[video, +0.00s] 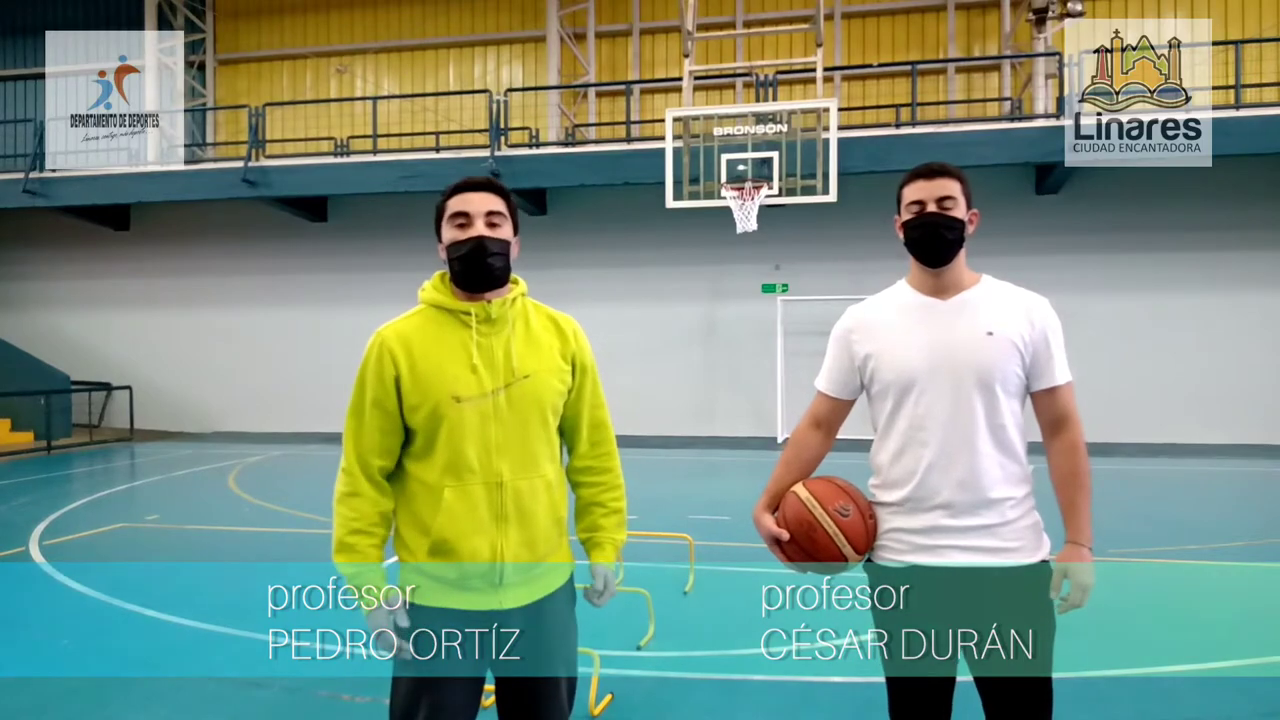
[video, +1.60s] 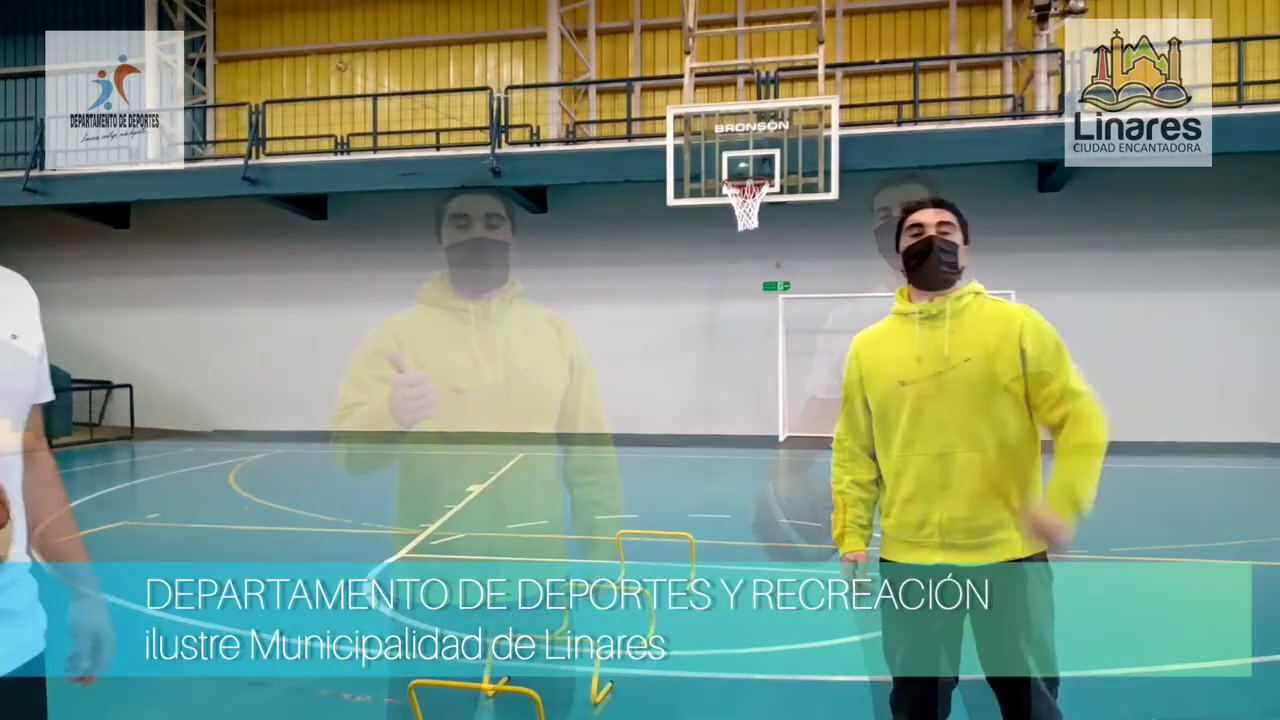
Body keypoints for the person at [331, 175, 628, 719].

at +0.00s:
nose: (478, 231)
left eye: (495, 221)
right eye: (460, 222)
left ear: (515, 244)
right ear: (441, 247)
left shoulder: (560, 336)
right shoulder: (397, 345)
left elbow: (594, 452)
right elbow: (363, 472)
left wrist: (604, 548)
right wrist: (364, 581)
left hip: (542, 591)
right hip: (438, 595)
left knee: (548, 712)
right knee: (430, 714)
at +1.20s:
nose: (471, 234)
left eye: (487, 223)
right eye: (454, 224)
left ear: (507, 243)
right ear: (434, 246)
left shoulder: (551, 335)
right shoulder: (390, 343)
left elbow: (585, 452)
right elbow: (350, 461)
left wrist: (595, 552)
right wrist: (370, 519)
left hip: (536, 588)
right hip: (434, 592)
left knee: (542, 712)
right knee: (428, 714)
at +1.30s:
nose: (472, 234)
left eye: (487, 223)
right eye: (454, 223)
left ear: (507, 242)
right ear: (435, 244)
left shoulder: (553, 335)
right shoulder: (391, 341)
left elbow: (587, 453)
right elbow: (345, 471)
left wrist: (598, 556)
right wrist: (372, 446)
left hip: (537, 587)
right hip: (434, 590)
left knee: (542, 712)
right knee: (427, 713)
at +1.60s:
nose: (477, 234)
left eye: (492, 222)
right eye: (461, 223)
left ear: (513, 238)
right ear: (441, 240)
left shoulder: (554, 336)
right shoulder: (398, 337)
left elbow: (592, 463)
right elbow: (350, 452)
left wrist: (605, 569)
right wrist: (389, 418)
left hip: (537, 572)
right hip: (432, 572)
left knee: (539, 706)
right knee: (436, 706)